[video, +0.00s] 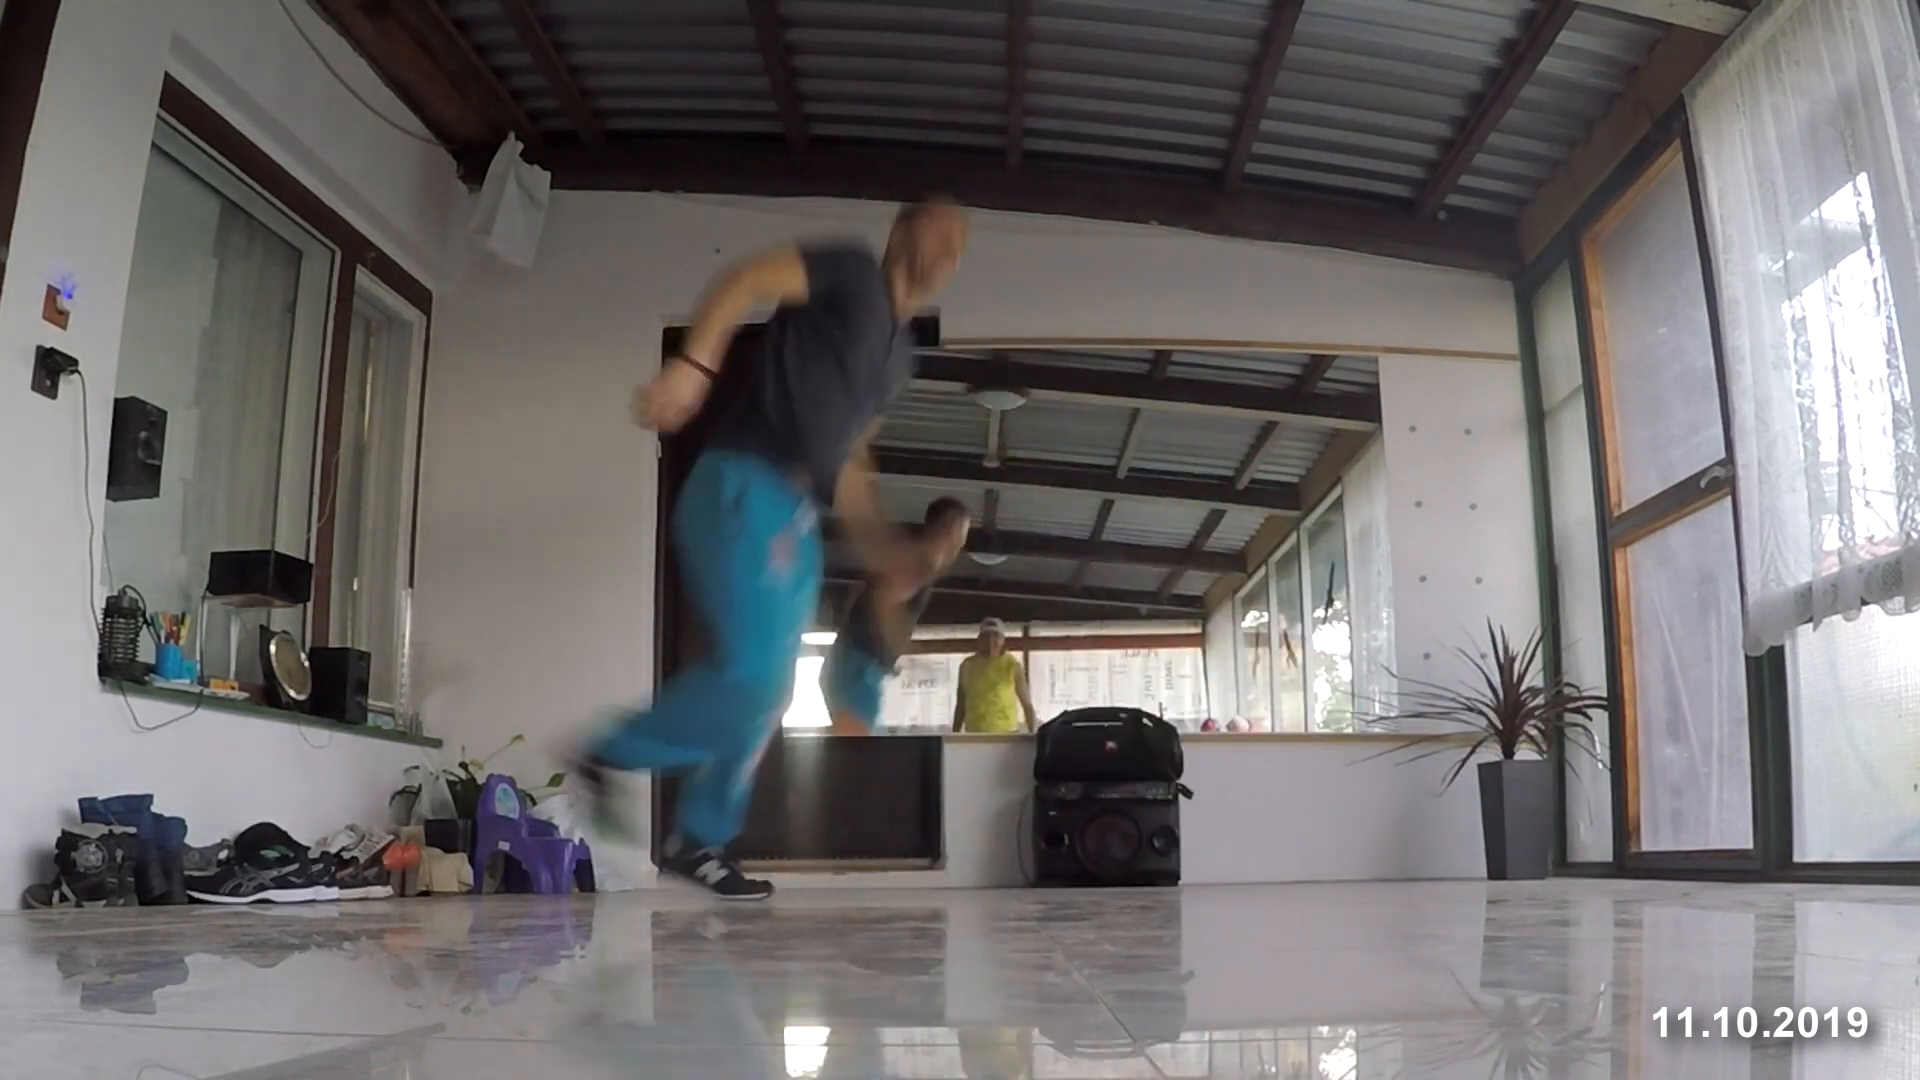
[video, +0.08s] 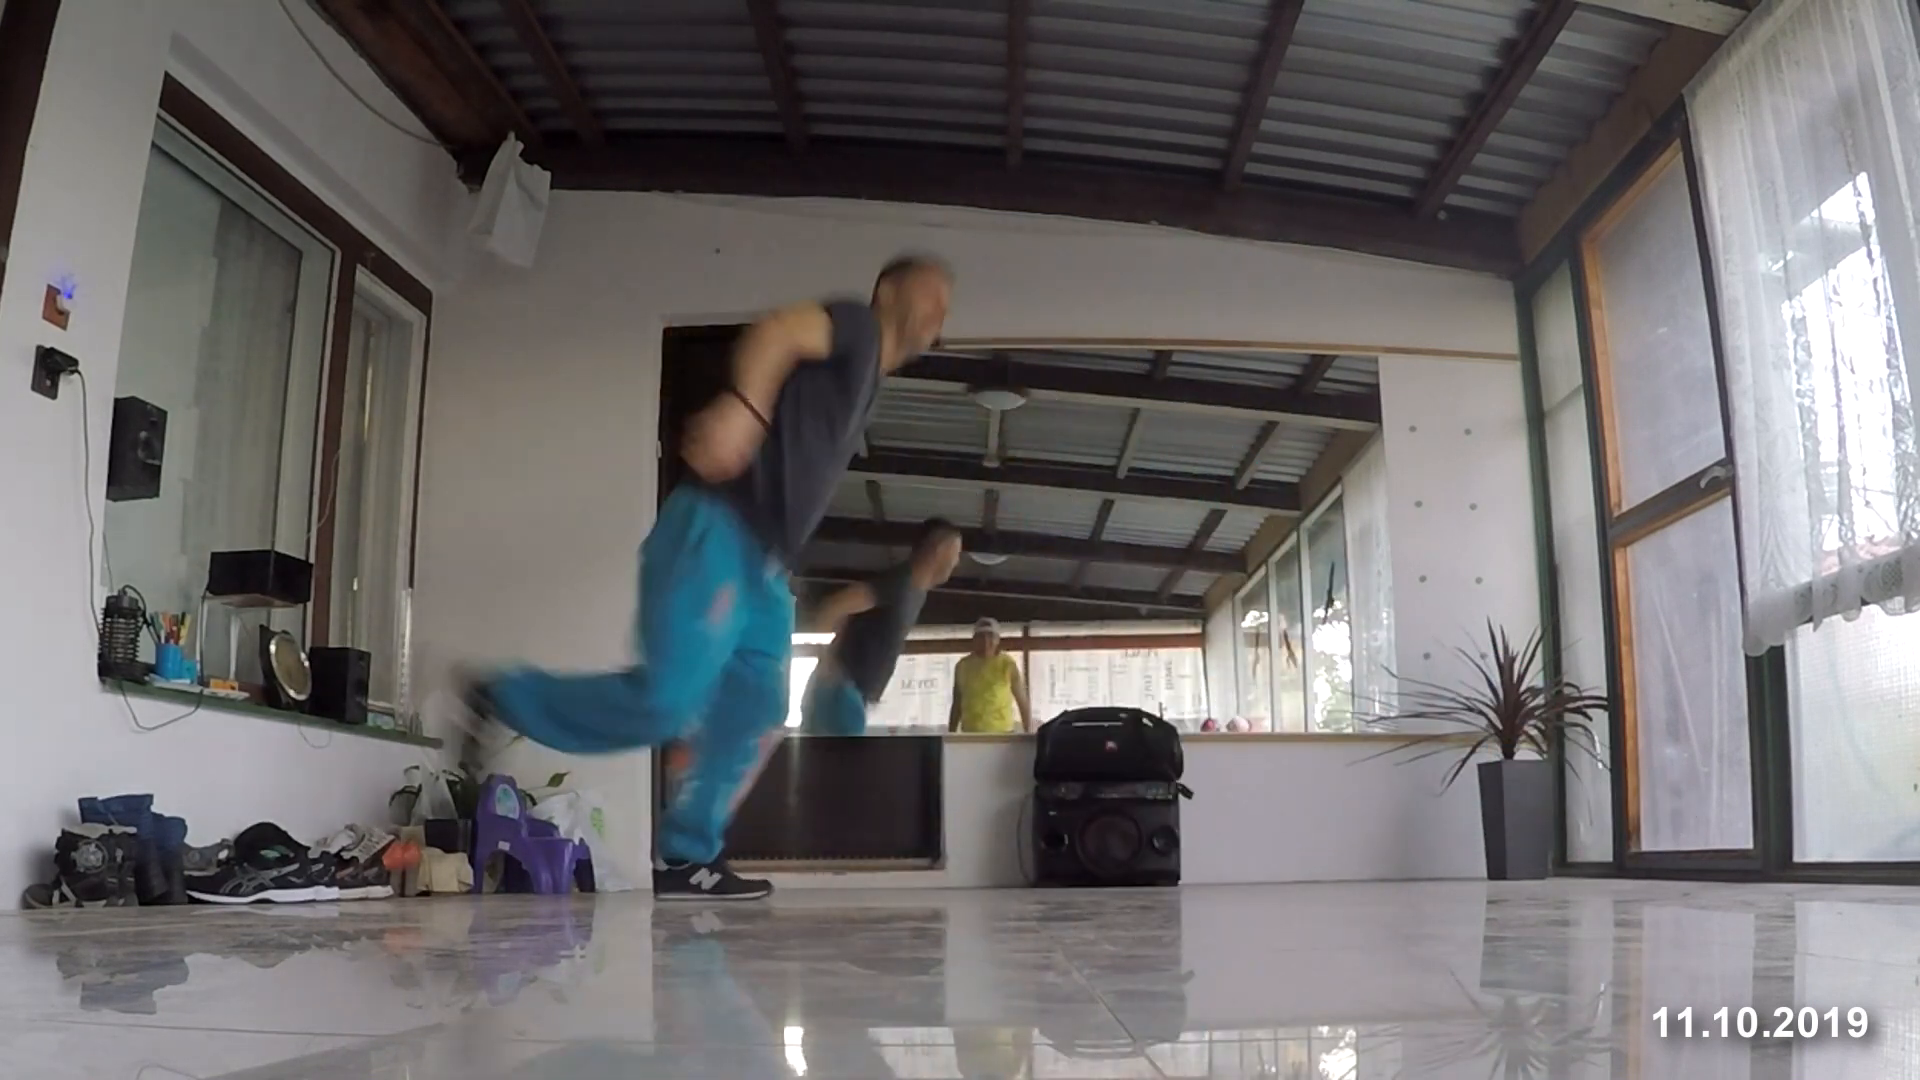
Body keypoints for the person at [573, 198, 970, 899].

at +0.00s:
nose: (949, 260)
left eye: (959, 251)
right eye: (942, 242)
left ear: (956, 262)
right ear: (903, 232)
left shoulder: (895, 353)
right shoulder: (852, 269)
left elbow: (850, 464)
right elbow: (743, 282)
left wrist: (883, 552)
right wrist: (695, 366)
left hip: (795, 511)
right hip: (740, 483)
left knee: (765, 683)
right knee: (751, 674)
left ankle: (698, 844)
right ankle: (606, 756)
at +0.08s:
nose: (942, 319)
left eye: (947, 306)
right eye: (935, 301)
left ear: (921, 310)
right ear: (898, 293)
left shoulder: (864, 372)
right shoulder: (856, 323)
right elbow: (777, 330)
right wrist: (744, 409)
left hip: (765, 565)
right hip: (716, 529)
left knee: (756, 709)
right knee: (665, 704)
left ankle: (687, 859)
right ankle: (498, 695)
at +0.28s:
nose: (897, 275)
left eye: (906, 268)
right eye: (895, 257)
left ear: (897, 268)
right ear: (862, 236)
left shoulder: (837, 317)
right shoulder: (816, 257)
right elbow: (727, 263)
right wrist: (753, 378)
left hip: (746, 522)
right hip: (691, 478)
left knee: (714, 685)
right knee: (591, 618)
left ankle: (689, 852)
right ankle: (421, 624)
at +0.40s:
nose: (879, 200)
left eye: (892, 194)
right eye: (872, 178)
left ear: (893, 205)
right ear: (832, 163)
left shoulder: (836, 295)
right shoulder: (773, 199)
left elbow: (778, 395)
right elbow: (667, 252)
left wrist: (767, 497)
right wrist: (666, 372)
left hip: (740, 482)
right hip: (669, 432)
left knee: (707, 657)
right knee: (597, 584)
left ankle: (619, 822)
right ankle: (482, 755)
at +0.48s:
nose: (856, 176)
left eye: (869, 169)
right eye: (845, 155)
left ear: (874, 183)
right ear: (801, 146)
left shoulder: (833, 286)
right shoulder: (728, 203)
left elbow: (820, 407)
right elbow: (633, 286)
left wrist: (853, 522)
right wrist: (603, 406)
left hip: (737, 482)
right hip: (657, 436)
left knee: (691, 660)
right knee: (618, 600)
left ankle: (555, 823)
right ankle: (597, 796)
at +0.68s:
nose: (799, 146)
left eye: (816, 136)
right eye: (786, 125)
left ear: (828, 155)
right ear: (749, 132)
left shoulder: (835, 270)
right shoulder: (684, 219)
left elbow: (889, 381)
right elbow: (568, 305)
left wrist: (953, 431)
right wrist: (526, 434)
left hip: (751, 500)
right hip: (666, 457)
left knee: (694, 684)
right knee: (699, 643)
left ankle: (528, 829)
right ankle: (651, 856)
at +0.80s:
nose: (843, 62)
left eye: (855, 49)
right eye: (828, 42)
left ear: (865, 63)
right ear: (783, 45)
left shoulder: (873, 175)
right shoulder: (711, 126)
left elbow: (921, 287)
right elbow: (618, 221)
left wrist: (945, 313)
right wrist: (579, 335)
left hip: (794, 417)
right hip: (695, 390)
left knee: (779, 609)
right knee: (661, 588)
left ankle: (685, 791)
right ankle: (617, 804)